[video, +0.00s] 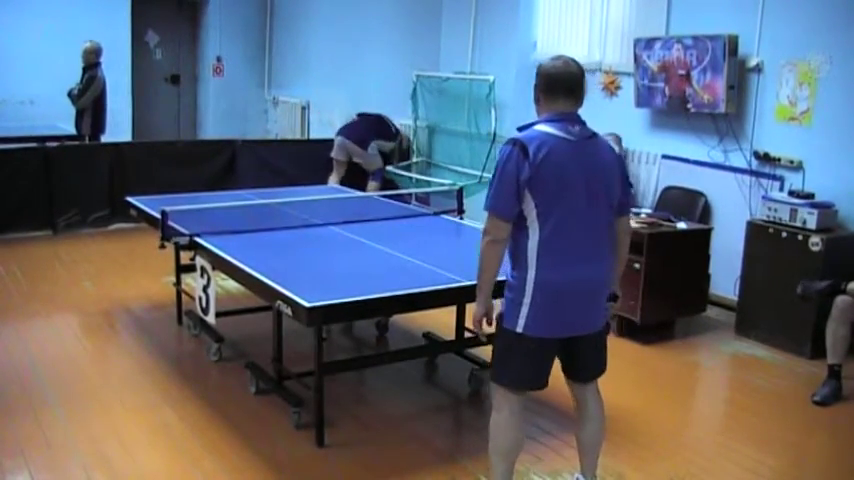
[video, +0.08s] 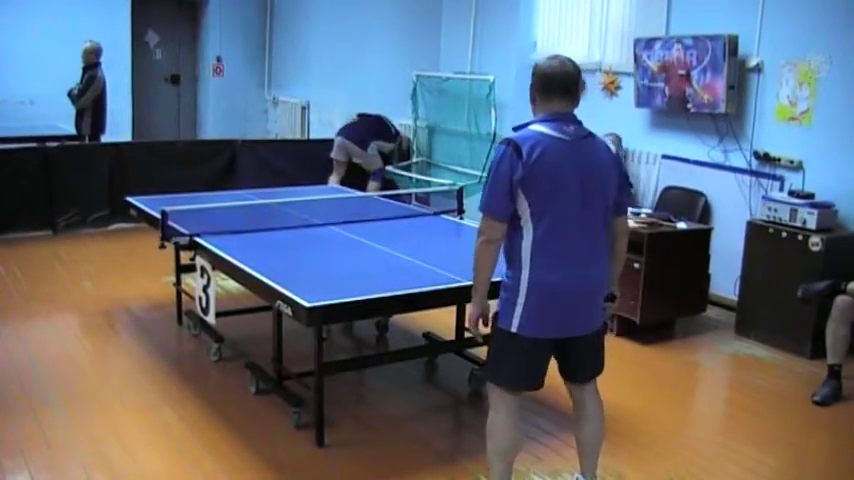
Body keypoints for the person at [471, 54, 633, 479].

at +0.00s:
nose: (534, 97)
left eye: (535, 91)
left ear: (537, 94)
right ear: (581, 96)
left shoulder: (522, 148)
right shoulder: (607, 151)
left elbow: (495, 234)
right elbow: (622, 226)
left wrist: (482, 297)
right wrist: (613, 283)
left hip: (534, 300)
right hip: (590, 298)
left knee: (506, 395)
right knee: (587, 387)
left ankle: (499, 475)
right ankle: (589, 474)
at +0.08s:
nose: (530, 96)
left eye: (531, 90)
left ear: (533, 94)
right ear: (577, 95)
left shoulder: (516, 148)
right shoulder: (603, 151)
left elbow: (490, 234)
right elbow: (619, 227)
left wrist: (478, 297)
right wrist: (611, 285)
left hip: (530, 301)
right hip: (587, 299)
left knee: (503, 394)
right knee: (585, 387)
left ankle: (499, 475)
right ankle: (589, 474)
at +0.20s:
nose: (525, 96)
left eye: (526, 89)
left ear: (526, 92)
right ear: (572, 94)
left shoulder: (509, 146)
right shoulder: (600, 153)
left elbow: (482, 234)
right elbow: (616, 229)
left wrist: (473, 297)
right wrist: (610, 283)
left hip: (522, 301)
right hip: (581, 300)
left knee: (501, 394)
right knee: (582, 387)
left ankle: (498, 474)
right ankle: (589, 474)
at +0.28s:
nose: (522, 96)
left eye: (523, 89)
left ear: (522, 92)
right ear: (568, 94)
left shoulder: (502, 147)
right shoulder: (595, 152)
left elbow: (476, 234)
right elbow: (613, 230)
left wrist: (469, 297)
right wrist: (608, 284)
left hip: (517, 303)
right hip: (576, 301)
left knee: (500, 396)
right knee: (581, 388)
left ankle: (498, 475)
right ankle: (588, 474)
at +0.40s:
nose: (518, 95)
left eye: (518, 89)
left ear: (518, 91)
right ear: (564, 94)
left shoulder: (496, 147)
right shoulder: (590, 152)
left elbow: (469, 233)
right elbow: (610, 230)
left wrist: (463, 296)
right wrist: (607, 288)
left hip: (510, 307)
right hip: (571, 306)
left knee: (497, 399)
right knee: (578, 391)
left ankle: (496, 475)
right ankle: (588, 475)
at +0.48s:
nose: (516, 96)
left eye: (516, 89)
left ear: (516, 92)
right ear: (562, 95)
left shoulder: (494, 147)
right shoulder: (588, 153)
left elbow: (466, 233)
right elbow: (608, 230)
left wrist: (459, 296)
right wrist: (607, 289)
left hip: (509, 307)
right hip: (569, 306)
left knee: (495, 399)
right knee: (578, 391)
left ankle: (496, 476)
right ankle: (587, 476)